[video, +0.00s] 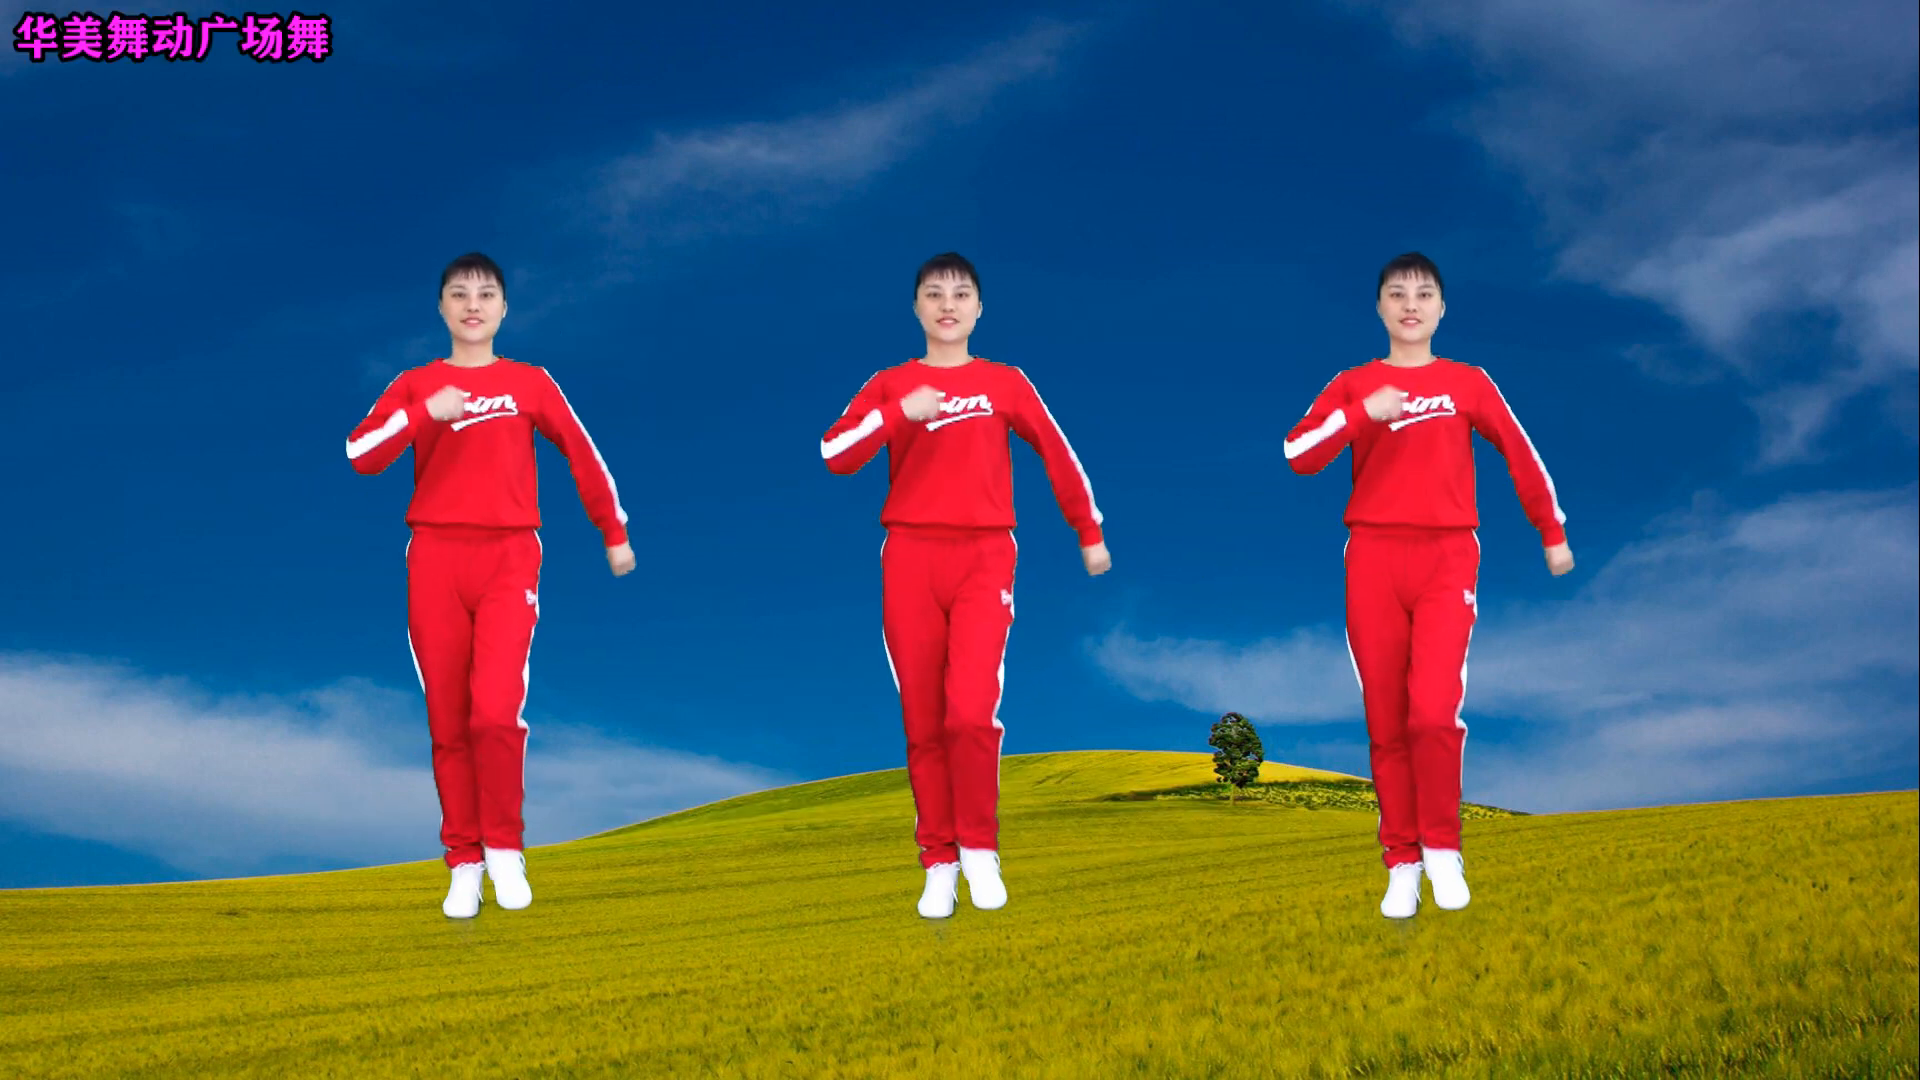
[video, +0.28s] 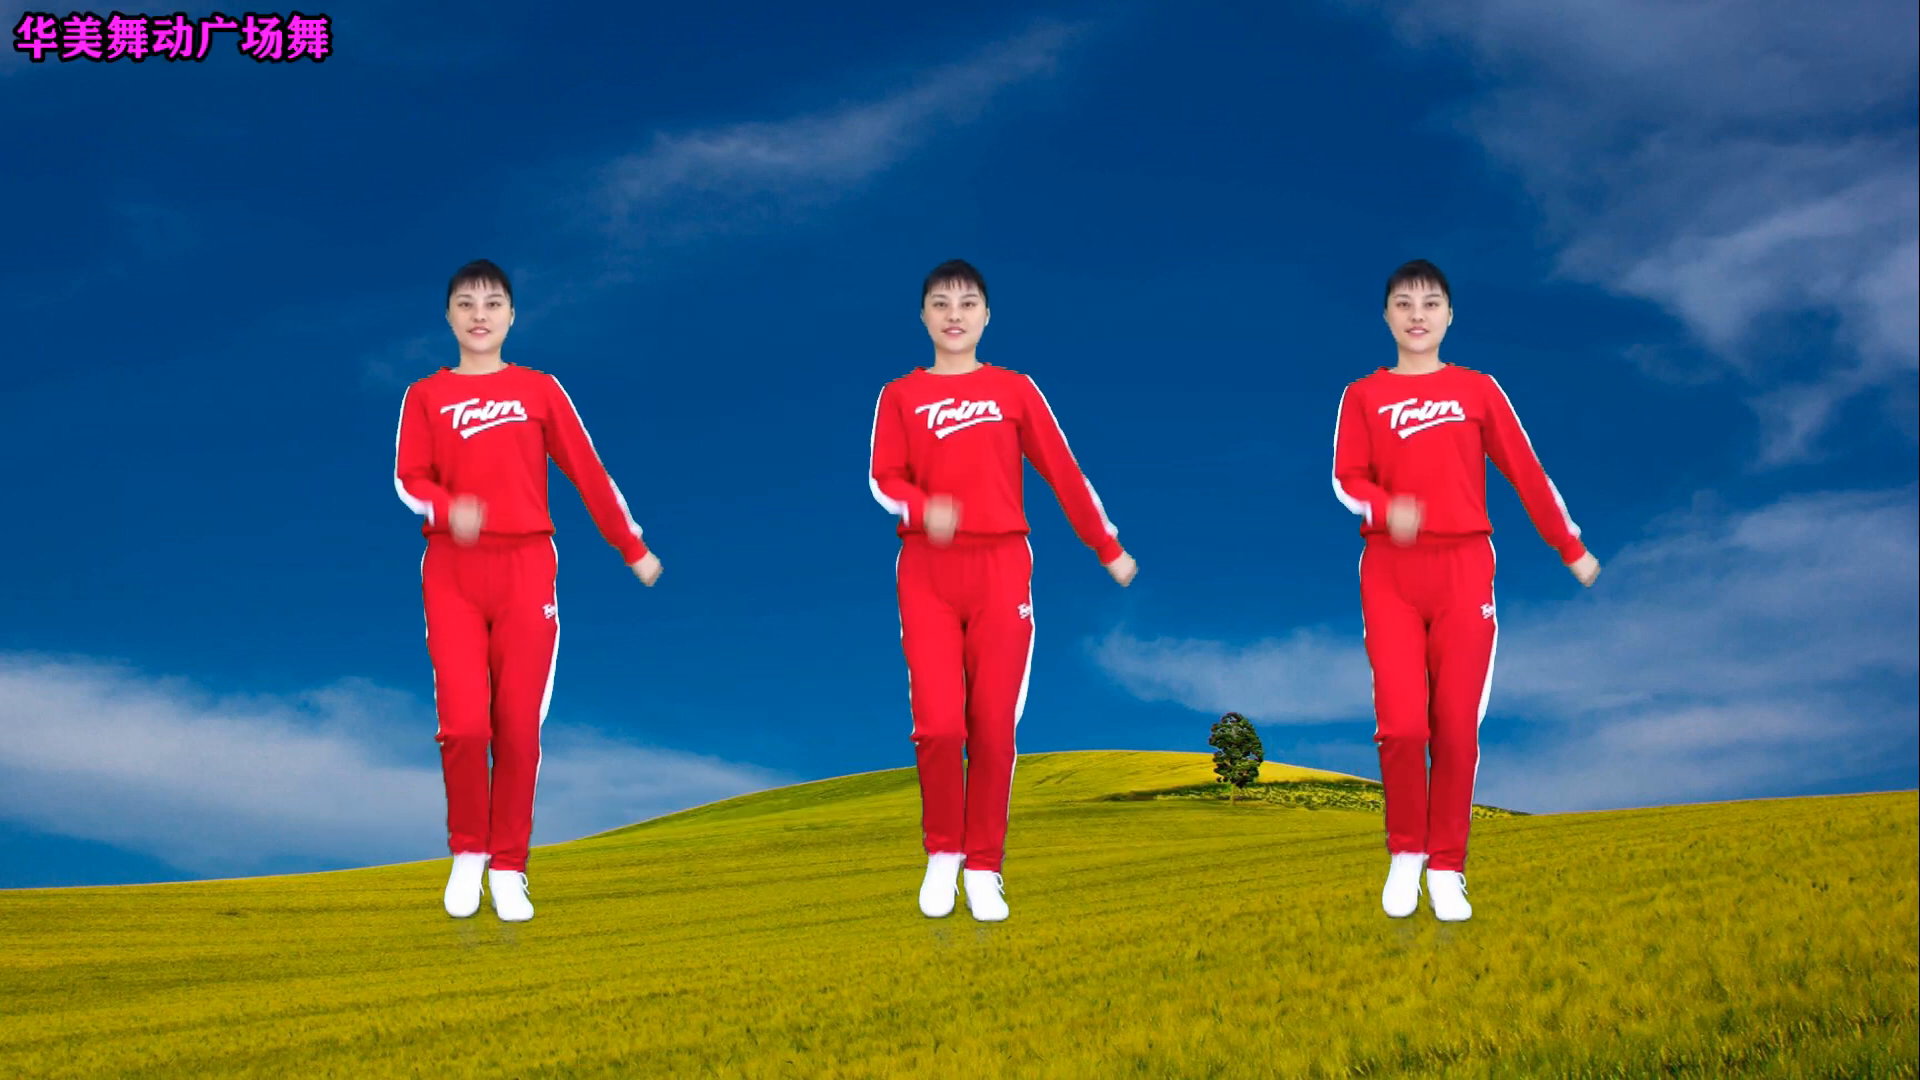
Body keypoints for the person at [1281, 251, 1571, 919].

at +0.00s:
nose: (1411, 304)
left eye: (1423, 295)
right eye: (1399, 295)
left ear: (1441, 307)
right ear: (1381, 308)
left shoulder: (1469, 383)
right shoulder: (1351, 385)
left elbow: (1523, 454)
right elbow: (1299, 455)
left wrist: (1553, 535)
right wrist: (1360, 414)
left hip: (1448, 561)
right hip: (1372, 561)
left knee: (1434, 713)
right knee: (1385, 720)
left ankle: (1442, 850)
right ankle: (1401, 861)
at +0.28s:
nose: (1417, 314)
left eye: (1430, 304)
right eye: (1404, 304)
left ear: (1448, 315)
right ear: (1388, 316)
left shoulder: (1477, 388)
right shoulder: (1362, 394)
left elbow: (1527, 472)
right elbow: (1347, 478)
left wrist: (1572, 548)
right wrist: (1383, 505)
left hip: (1465, 572)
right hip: (1389, 575)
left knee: (1456, 725)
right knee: (1399, 723)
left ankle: (1447, 867)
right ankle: (1406, 854)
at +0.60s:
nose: (1422, 304)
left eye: (1433, 294)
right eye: (1409, 295)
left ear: (1452, 303)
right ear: (1393, 308)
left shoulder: (1485, 381)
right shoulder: (1368, 388)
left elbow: (1524, 464)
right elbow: (1317, 464)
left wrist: (1468, 442)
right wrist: (1278, 545)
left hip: (1472, 555)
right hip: (1395, 556)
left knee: (1465, 711)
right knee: (1423, 705)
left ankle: (1452, 861)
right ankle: (1413, 827)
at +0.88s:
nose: (1419, 312)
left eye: (1431, 301)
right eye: (1406, 303)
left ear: (1449, 311)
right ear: (1390, 315)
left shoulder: (1479, 389)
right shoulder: (1364, 391)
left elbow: (1500, 473)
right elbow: (1302, 462)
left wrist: (1450, 442)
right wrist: (1238, 528)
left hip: (1463, 562)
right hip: (1386, 563)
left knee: (1453, 721)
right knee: (1394, 723)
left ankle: (1446, 866)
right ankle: (1402, 868)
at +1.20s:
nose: (1411, 312)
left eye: (1423, 302)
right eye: (1398, 302)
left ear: (1441, 314)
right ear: (1381, 315)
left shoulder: (1471, 392)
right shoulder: (1352, 394)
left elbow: (1508, 482)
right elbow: (1316, 469)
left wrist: (1528, 571)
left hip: (1448, 567)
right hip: (1373, 567)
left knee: (1417, 706)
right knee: (1375, 722)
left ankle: (1436, 810)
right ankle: (1402, 864)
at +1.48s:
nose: (1416, 311)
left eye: (1428, 302)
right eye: (1404, 301)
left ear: (1447, 314)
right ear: (1386, 314)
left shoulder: (1478, 389)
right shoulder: (1359, 396)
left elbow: (1538, 454)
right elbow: (1332, 490)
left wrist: (1587, 518)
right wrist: (1371, 435)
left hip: (1456, 571)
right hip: (1379, 570)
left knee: (1448, 731)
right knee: (1389, 733)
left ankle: (1443, 869)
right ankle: (1401, 870)